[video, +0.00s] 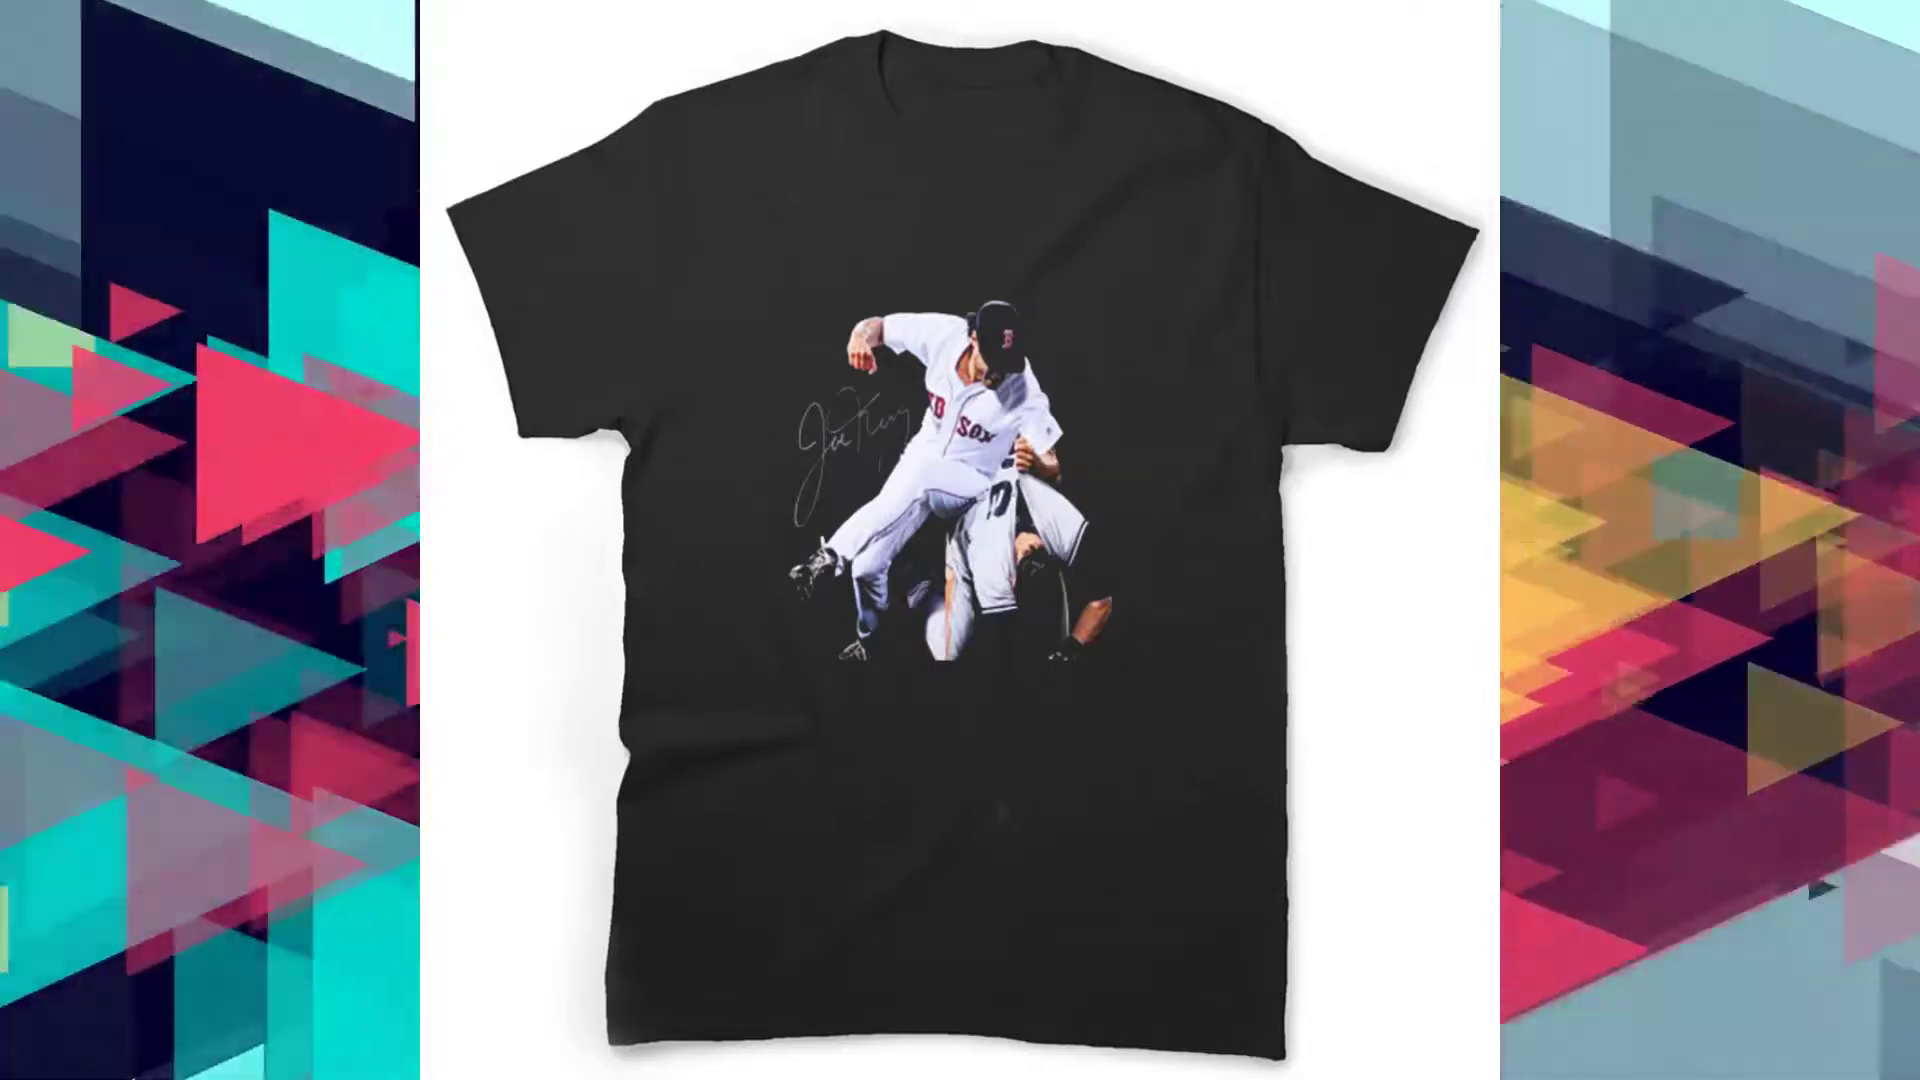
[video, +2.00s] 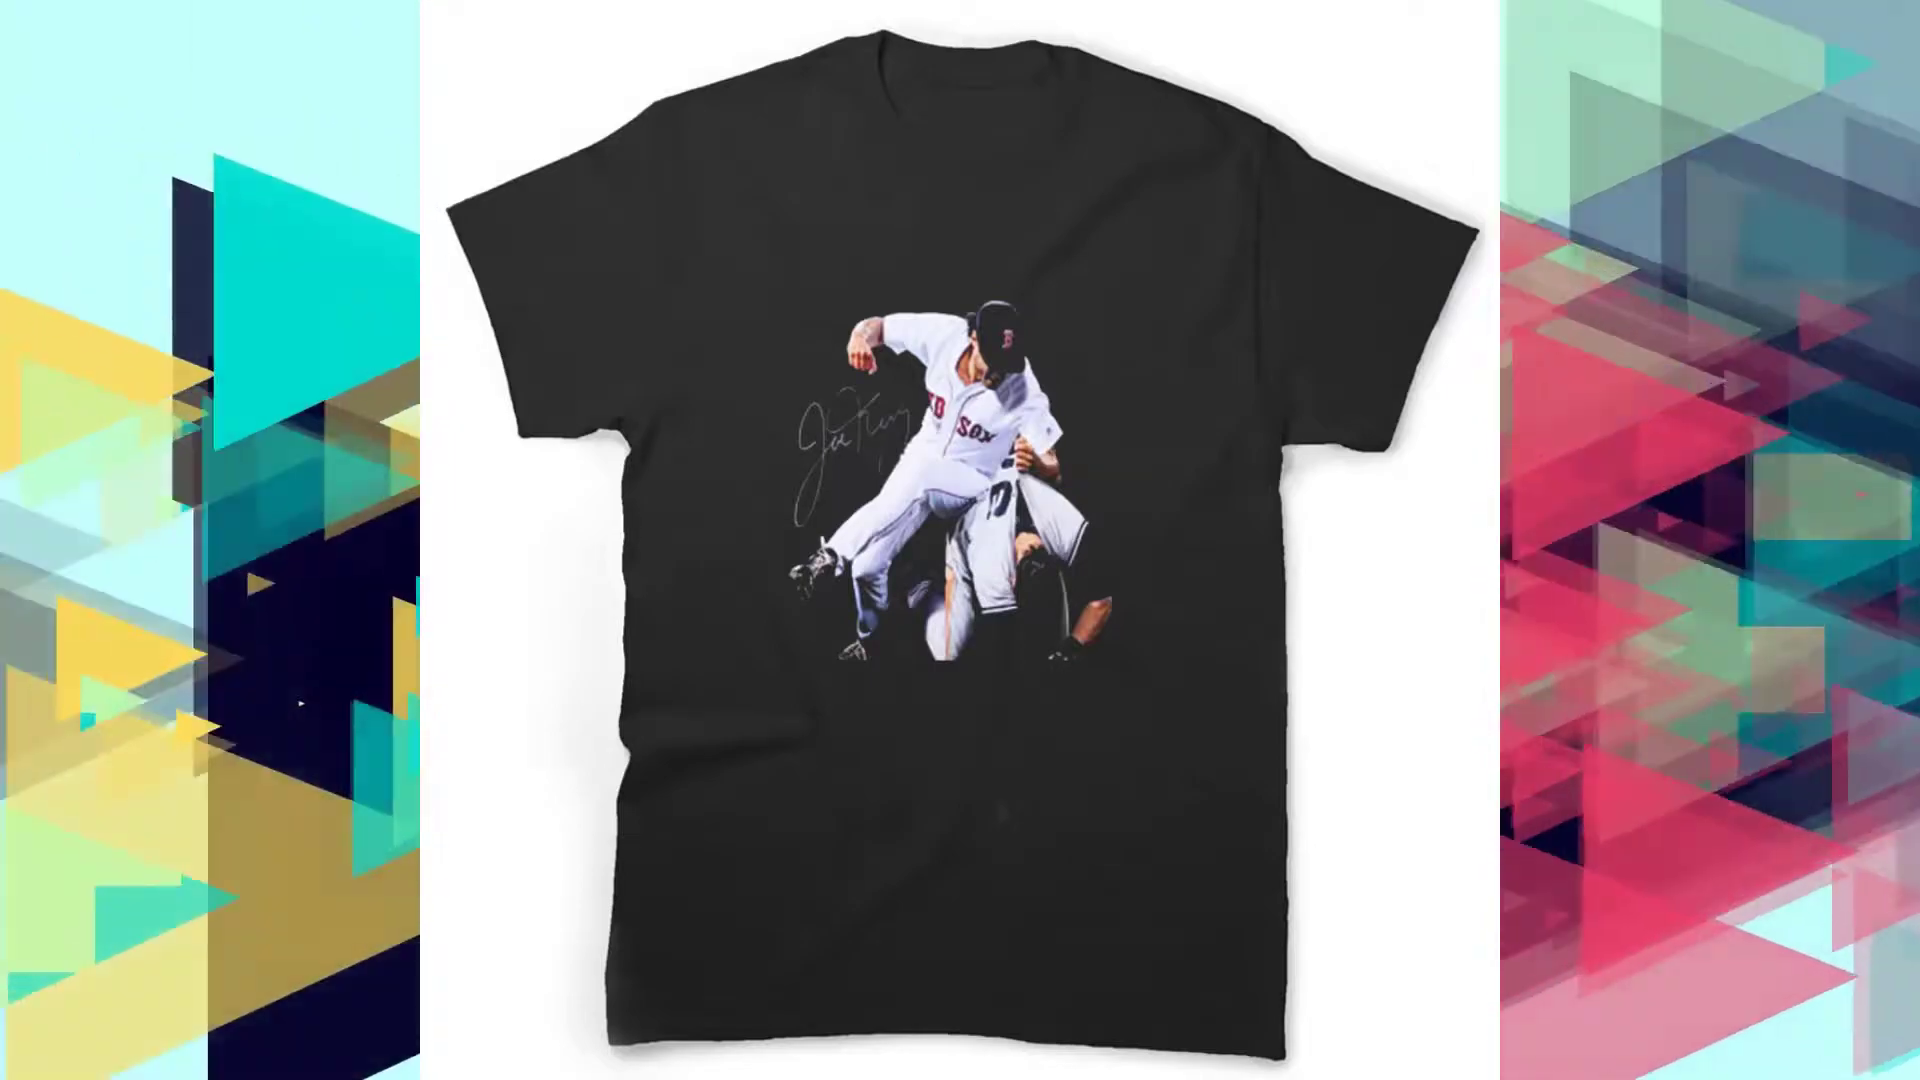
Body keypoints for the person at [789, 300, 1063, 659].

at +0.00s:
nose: (997, 374)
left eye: (1006, 367)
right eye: (991, 364)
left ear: (1017, 354)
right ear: (973, 341)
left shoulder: (1023, 389)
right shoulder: (946, 334)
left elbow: (1054, 468)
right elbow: (878, 327)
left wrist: (1038, 463)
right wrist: (861, 338)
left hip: (979, 482)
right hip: (922, 460)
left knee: (920, 476)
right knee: (867, 566)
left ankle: (828, 560)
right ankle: (871, 642)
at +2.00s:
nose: (997, 374)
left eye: (1006, 367)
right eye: (992, 365)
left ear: (1017, 354)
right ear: (973, 341)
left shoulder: (1024, 390)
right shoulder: (946, 334)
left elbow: (1053, 468)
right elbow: (877, 327)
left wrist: (1038, 463)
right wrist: (861, 339)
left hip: (978, 482)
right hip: (922, 460)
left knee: (920, 477)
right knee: (867, 566)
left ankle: (828, 560)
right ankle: (871, 641)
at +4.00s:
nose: (994, 375)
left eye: (1003, 368)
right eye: (990, 365)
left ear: (1016, 355)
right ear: (973, 341)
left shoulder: (1024, 390)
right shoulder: (946, 334)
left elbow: (1054, 469)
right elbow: (877, 327)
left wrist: (1038, 463)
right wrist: (861, 339)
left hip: (979, 484)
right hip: (922, 462)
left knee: (920, 474)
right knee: (867, 567)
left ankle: (828, 560)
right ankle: (872, 642)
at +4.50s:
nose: (994, 375)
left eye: (1003, 368)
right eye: (990, 365)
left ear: (1016, 355)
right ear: (973, 341)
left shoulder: (1024, 390)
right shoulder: (946, 334)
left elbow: (1054, 469)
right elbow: (878, 327)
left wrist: (1038, 463)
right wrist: (861, 339)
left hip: (979, 484)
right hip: (922, 462)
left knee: (920, 474)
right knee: (867, 567)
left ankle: (828, 560)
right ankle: (872, 641)